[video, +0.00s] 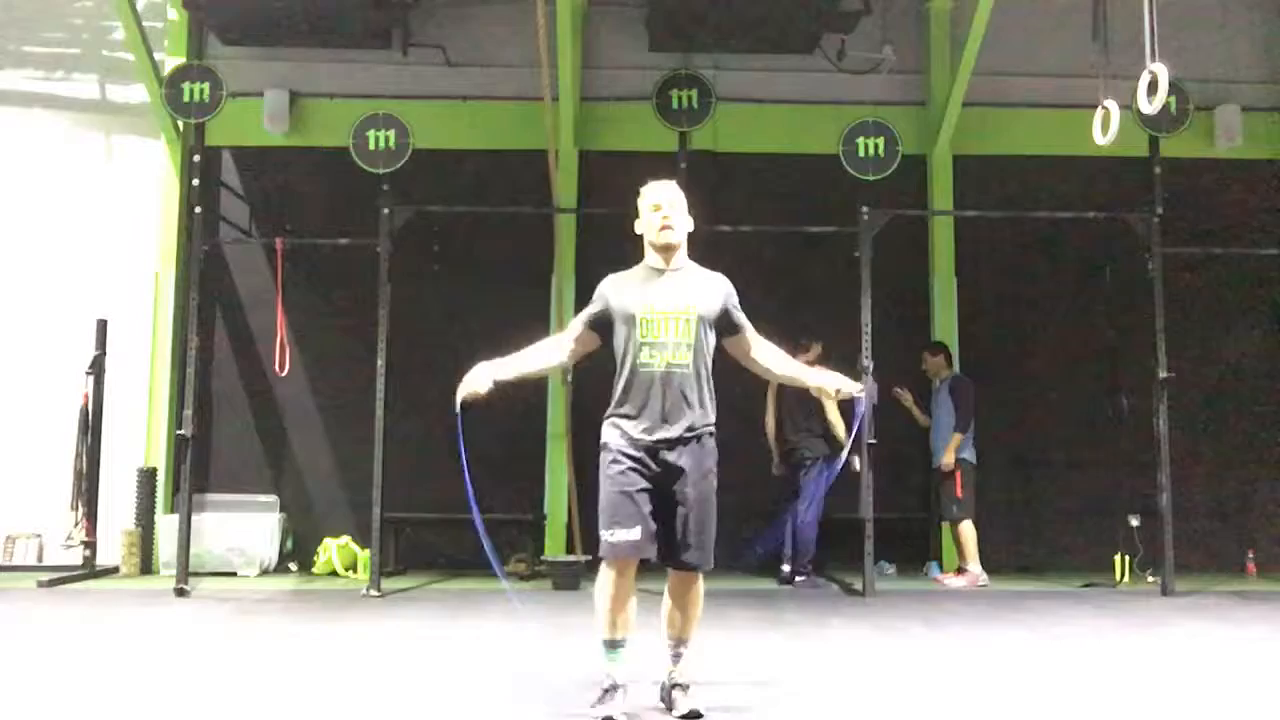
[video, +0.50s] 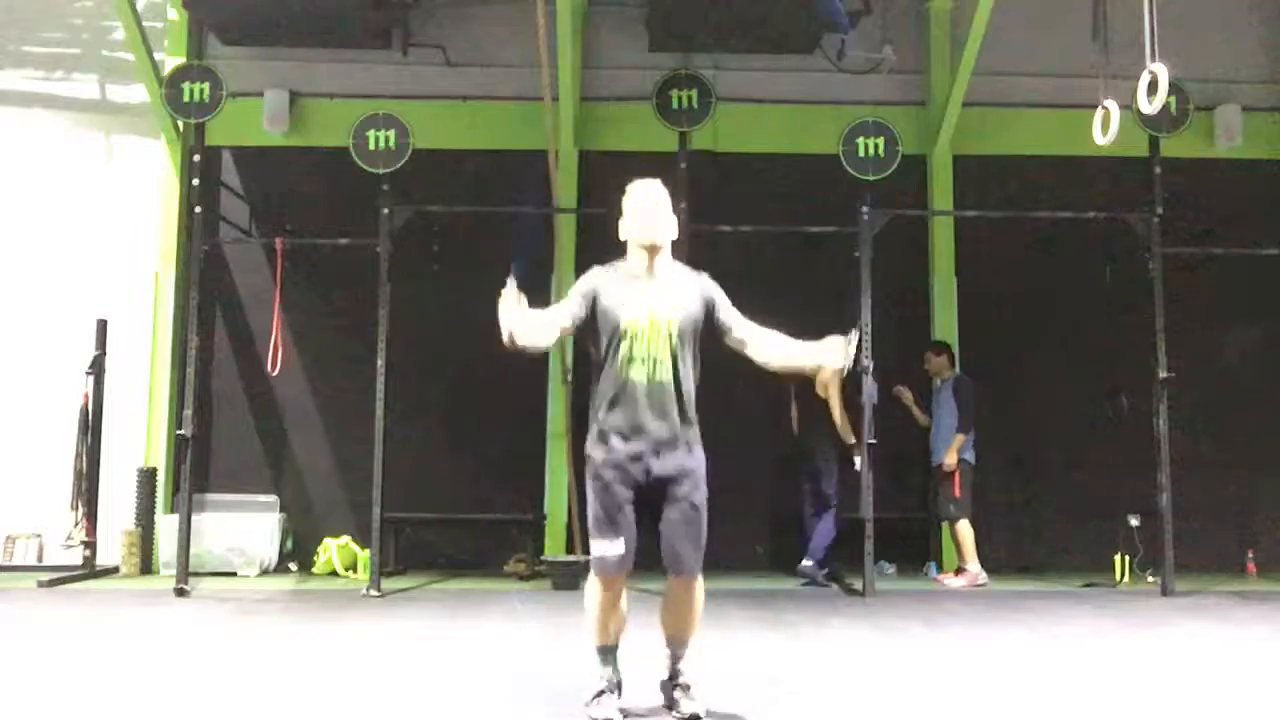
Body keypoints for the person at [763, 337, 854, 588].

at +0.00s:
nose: (819, 352)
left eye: (816, 348)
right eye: (818, 348)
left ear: (794, 348)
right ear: (814, 349)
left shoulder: (778, 378)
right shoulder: (818, 377)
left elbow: (770, 422)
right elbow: (833, 416)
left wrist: (776, 456)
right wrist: (844, 444)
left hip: (789, 450)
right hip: (814, 449)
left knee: (795, 505)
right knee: (807, 508)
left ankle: (787, 565)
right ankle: (802, 569)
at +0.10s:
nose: (828, 354)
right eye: (826, 350)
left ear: (796, 350)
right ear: (820, 352)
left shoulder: (781, 376)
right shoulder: (825, 375)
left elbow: (774, 420)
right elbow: (838, 415)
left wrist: (782, 452)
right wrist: (854, 436)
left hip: (791, 450)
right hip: (816, 451)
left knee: (792, 508)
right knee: (810, 509)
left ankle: (784, 562)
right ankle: (801, 567)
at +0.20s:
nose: (831, 353)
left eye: (829, 349)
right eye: (829, 349)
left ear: (803, 349)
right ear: (826, 350)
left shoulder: (786, 377)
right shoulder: (828, 375)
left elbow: (780, 424)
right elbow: (841, 416)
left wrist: (789, 451)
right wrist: (856, 435)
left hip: (797, 448)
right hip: (819, 448)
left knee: (809, 506)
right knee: (813, 508)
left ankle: (811, 563)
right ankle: (803, 569)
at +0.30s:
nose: (830, 354)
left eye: (829, 350)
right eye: (828, 350)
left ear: (805, 353)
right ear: (821, 352)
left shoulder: (790, 378)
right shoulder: (829, 375)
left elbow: (785, 419)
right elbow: (841, 415)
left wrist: (791, 442)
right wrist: (860, 440)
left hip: (802, 442)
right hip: (822, 442)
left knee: (815, 502)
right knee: (818, 503)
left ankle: (819, 565)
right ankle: (804, 568)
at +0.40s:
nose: (830, 353)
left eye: (828, 349)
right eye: (827, 349)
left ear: (806, 355)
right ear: (820, 352)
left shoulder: (794, 380)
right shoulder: (829, 375)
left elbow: (790, 423)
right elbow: (839, 411)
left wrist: (797, 444)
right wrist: (853, 435)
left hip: (805, 444)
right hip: (824, 444)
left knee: (819, 504)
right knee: (824, 505)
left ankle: (822, 566)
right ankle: (806, 567)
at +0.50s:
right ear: (839, 350)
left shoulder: (798, 375)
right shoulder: (831, 371)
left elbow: (795, 411)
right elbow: (837, 412)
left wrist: (798, 435)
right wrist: (852, 442)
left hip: (804, 441)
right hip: (823, 443)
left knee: (811, 501)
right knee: (830, 503)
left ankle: (820, 564)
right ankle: (811, 560)